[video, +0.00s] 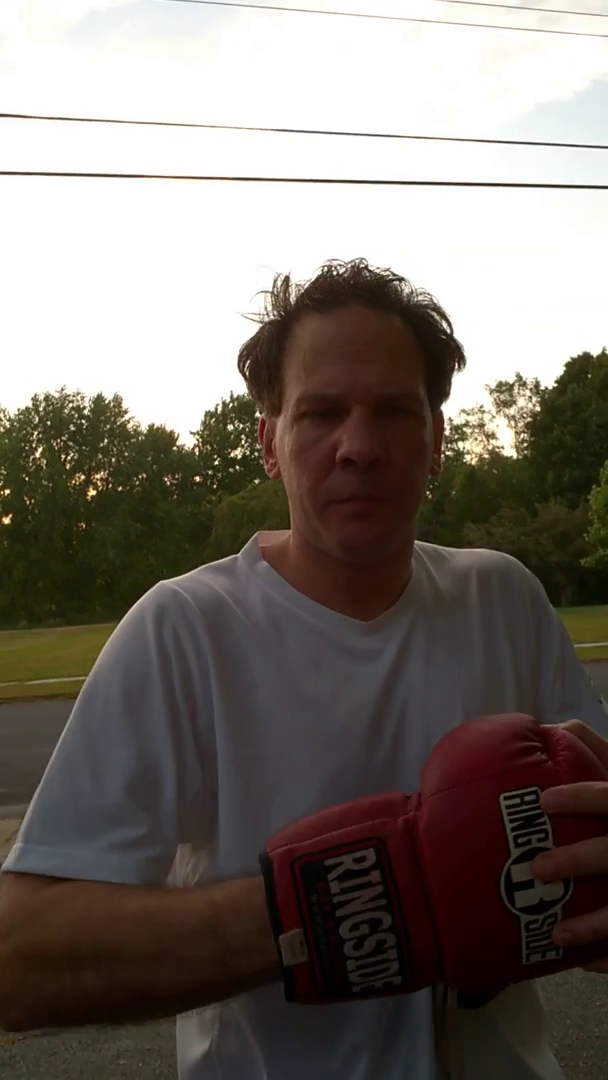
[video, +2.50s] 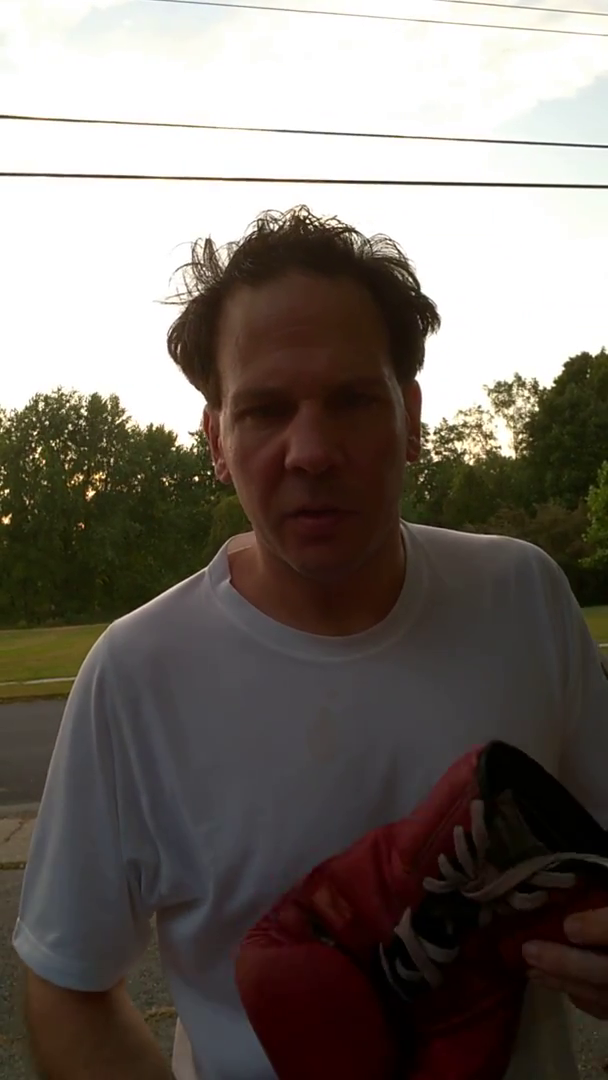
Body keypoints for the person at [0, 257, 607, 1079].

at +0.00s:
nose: (359, 446)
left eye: (394, 411)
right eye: (323, 412)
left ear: (435, 440)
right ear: (271, 443)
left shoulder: (502, 600)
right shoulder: (180, 632)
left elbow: (592, 814)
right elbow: (17, 950)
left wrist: (594, 867)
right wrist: (342, 904)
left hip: (498, 1055)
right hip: (267, 1066)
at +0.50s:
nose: (342, 449)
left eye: (376, 408)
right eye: (303, 412)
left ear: (422, 432)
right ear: (251, 442)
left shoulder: (511, 590)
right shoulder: (169, 640)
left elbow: (597, 778)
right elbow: (41, 998)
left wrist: (595, 848)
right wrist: (359, 940)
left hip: (511, 1053)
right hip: (277, 1066)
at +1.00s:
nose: (349, 448)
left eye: (384, 403)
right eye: (308, 410)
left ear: (434, 429)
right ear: (255, 441)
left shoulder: (532, 595)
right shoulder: (171, 650)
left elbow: (603, 807)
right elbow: (53, 998)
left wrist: (589, 874)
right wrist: (300, 983)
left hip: (544, 1054)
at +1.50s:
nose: (321, 465)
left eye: (359, 412)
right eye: (276, 424)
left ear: (417, 420)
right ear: (226, 449)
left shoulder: (530, 593)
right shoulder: (144, 673)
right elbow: (68, 959)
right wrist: (162, 1055)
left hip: (536, 1061)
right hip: (283, 1068)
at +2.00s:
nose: (310, 463)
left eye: (349, 410)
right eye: (264, 420)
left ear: (405, 422)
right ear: (212, 447)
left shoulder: (524, 595)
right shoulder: (130, 680)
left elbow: (604, 833)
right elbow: (64, 977)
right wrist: (98, 1057)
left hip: (523, 1060)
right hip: (262, 1068)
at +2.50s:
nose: (310, 450)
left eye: (350, 400)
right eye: (267, 410)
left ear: (411, 418)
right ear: (218, 441)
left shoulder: (525, 598)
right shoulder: (134, 675)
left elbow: (601, 848)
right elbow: (67, 987)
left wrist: (595, 939)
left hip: (531, 1053)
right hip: (249, 1062)